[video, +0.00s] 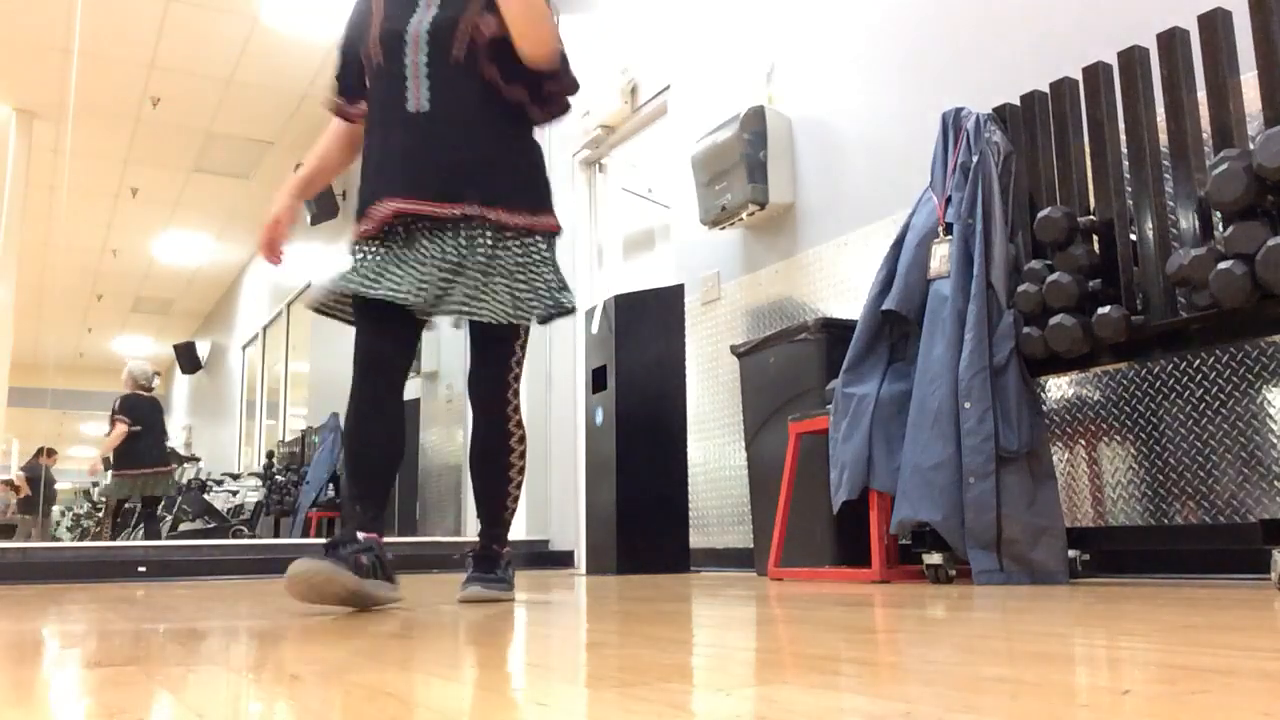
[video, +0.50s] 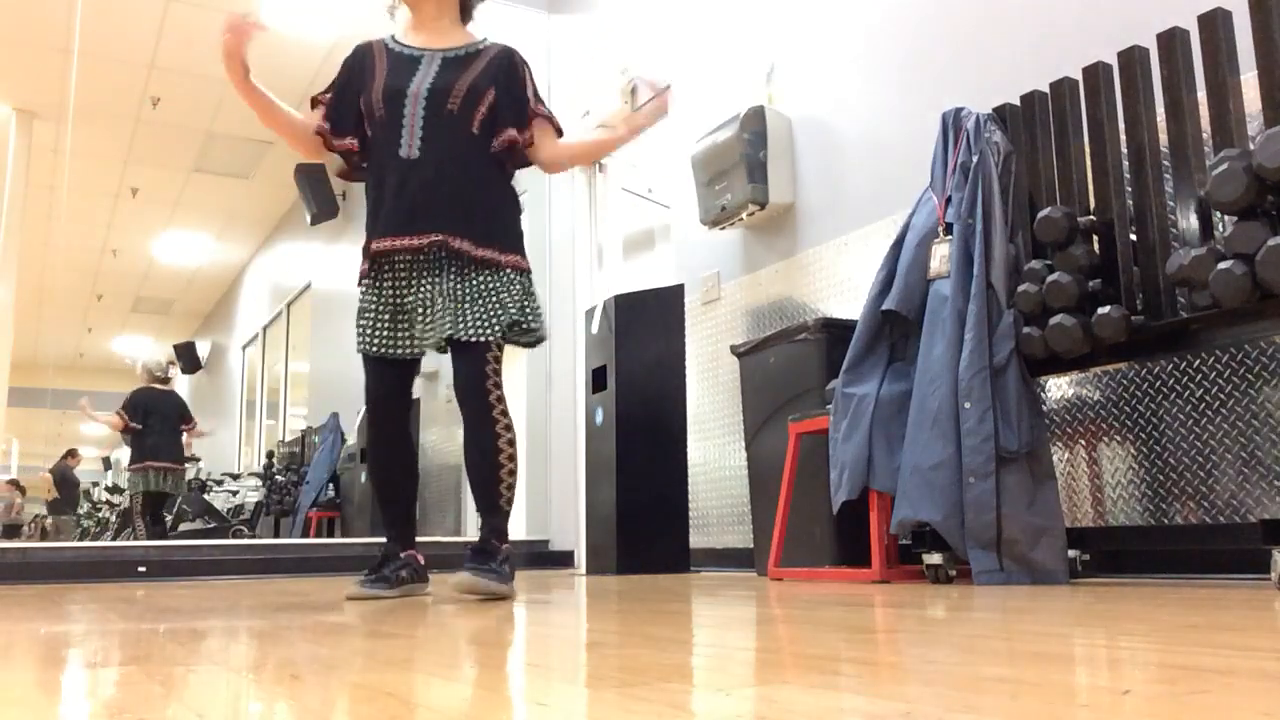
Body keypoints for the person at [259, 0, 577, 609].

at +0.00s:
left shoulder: (509, 5)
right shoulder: (372, 9)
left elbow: (544, 59)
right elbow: (352, 118)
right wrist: (293, 192)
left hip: (502, 207)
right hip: (400, 209)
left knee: (494, 389)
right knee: (374, 372)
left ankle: (491, 554)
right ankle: (364, 545)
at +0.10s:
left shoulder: (514, 5)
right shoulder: (377, 13)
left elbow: (561, 82)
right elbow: (361, 123)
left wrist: (488, 17)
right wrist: (298, 194)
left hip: (498, 213)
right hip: (402, 218)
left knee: (492, 385)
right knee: (371, 358)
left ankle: (491, 555)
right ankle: (382, 545)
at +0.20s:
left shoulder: (508, 16)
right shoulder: (381, 32)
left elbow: (560, 103)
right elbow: (362, 140)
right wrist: (287, 173)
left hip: (491, 225)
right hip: (398, 229)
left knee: (489, 390)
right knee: (372, 386)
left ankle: (491, 553)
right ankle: (401, 536)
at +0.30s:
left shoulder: (504, 34)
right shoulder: (379, 42)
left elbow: (552, 116)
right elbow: (356, 146)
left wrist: (591, 174)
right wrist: (277, 138)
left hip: (487, 233)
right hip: (398, 236)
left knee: (485, 390)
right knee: (383, 395)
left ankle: (490, 554)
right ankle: (400, 540)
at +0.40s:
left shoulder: (497, 52)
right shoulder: (369, 52)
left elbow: (544, 150)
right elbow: (325, 145)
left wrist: (618, 160)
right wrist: (247, 90)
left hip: (479, 245)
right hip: (395, 248)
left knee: (478, 393)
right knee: (385, 403)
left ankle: (489, 555)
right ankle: (404, 554)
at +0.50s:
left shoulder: (499, 61)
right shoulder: (370, 57)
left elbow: (550, 153)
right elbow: (317, 141)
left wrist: (629, 127)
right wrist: (242, 80)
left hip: (480, 249)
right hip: (394, 251)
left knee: (479, 386)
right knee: (385, 397)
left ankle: (492, 550)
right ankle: (402, 552)